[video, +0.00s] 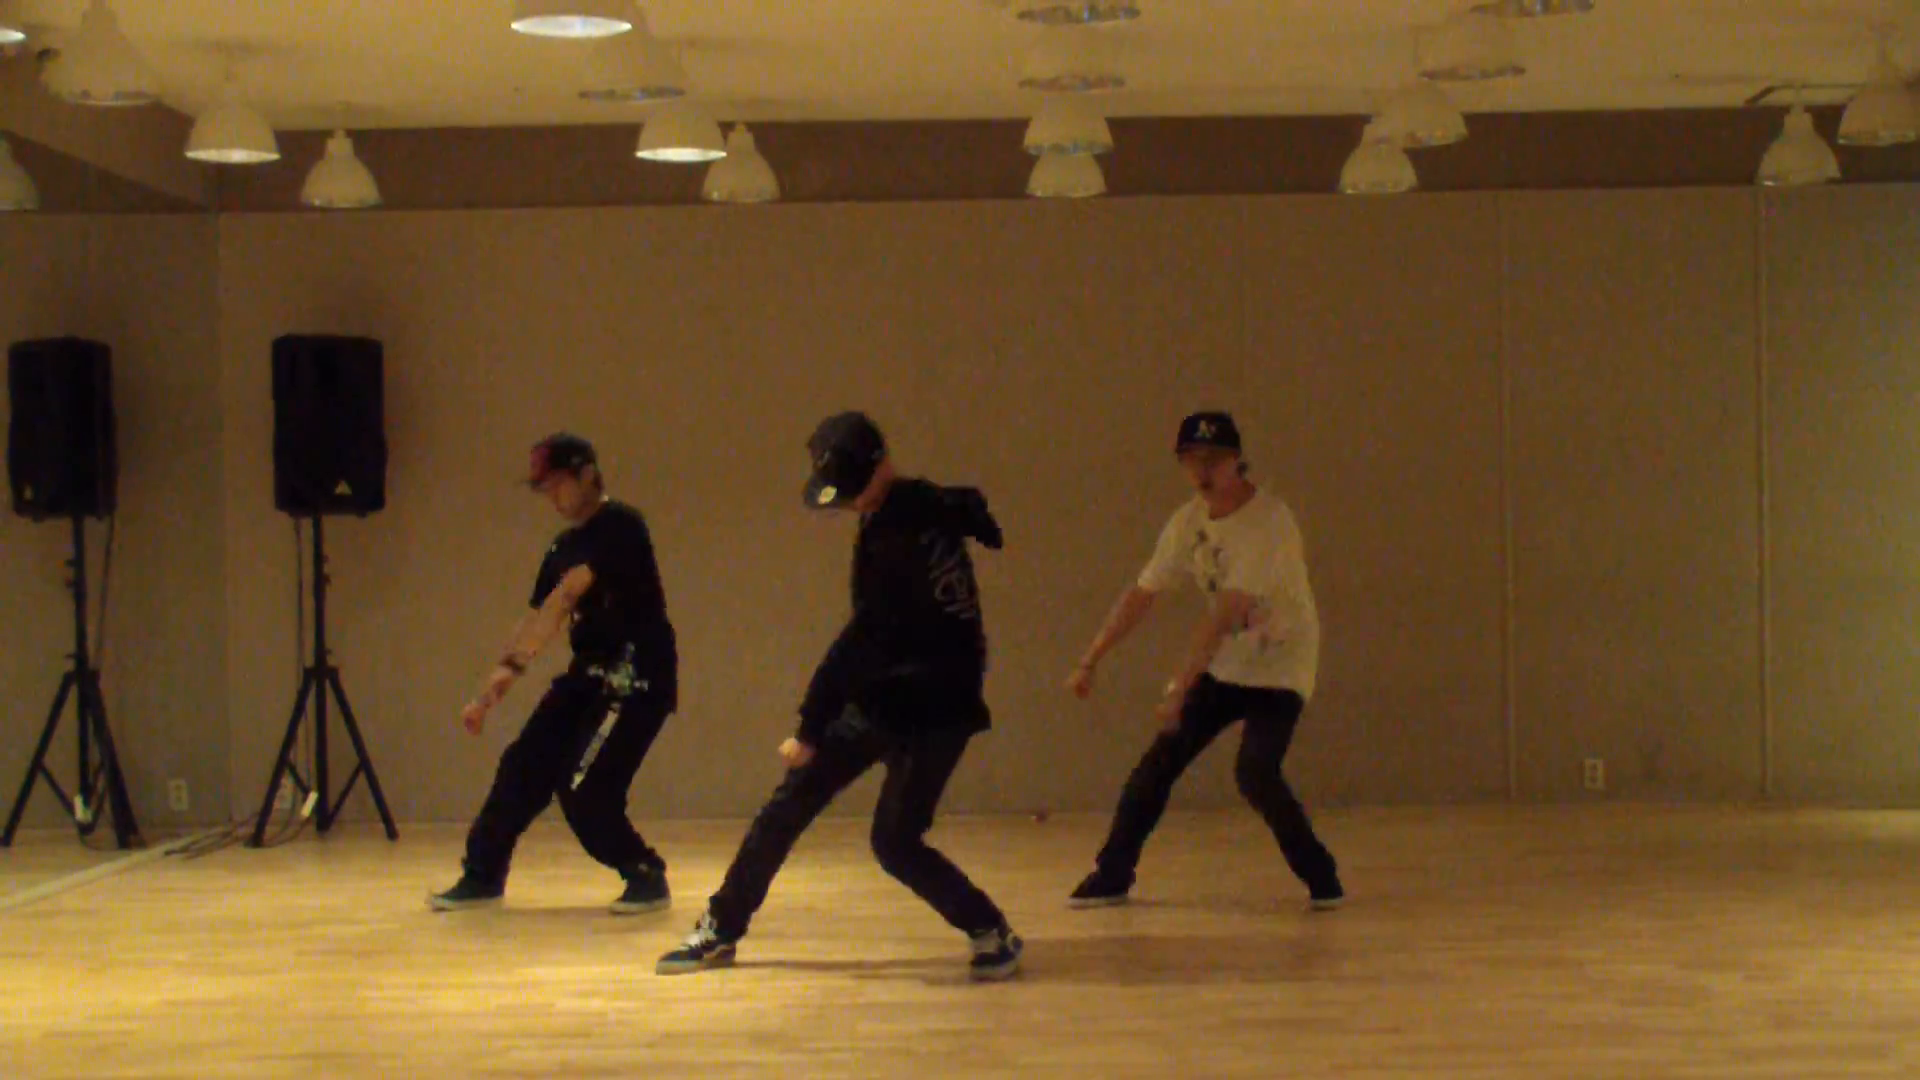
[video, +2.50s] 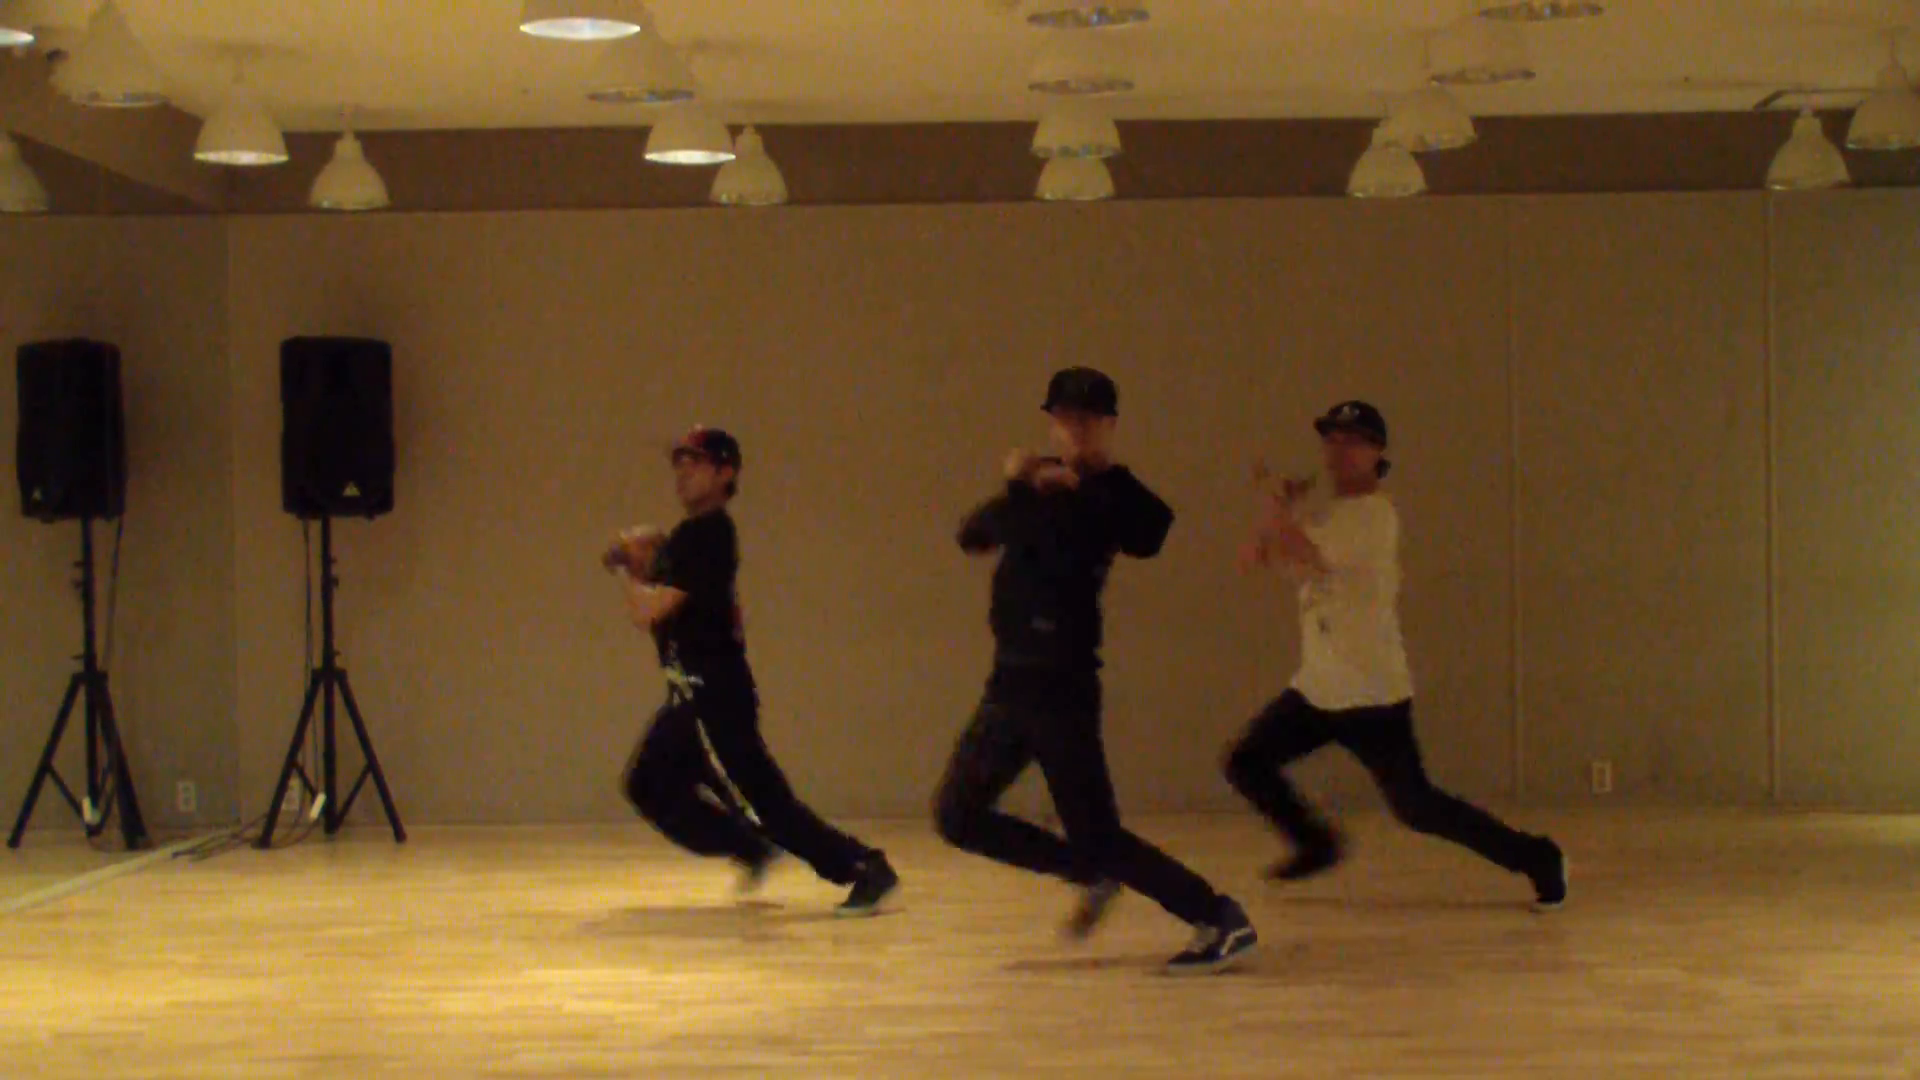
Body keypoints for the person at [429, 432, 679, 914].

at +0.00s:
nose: (553, 498)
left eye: (559, 485)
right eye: (546, 490)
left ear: (589, 476)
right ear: (547, 492)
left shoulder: (621, 526)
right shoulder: (565, 547)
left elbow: (567, 598)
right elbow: (533, 617)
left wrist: (518, 661)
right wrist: (487, 693)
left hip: (639, 678)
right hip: (589, 673)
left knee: (587, 785)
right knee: (524, 766)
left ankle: (645, 874)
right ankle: (483, 876)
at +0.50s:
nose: (567, 488)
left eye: (574, 476)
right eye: (554, 481)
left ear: (587, 480)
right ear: (537, 496)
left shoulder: (619, 505)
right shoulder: (547, 571)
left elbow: (700, 473)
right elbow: (541, 662)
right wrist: (505, 728)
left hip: (638, 680)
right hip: (581, 683)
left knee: (584, 792)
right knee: (520, 767)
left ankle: (648, 877)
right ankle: (484, 876)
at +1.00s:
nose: (603, 424)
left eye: (616, 415)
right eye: (600, 415)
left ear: (644, 428)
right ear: (594, 427)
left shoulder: (664, 491)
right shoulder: (587, 475)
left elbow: (698, 569)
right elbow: (541, 402)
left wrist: (703, 649)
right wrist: (515, 332)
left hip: (649, 652)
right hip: (600, 652)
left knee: (631, 764)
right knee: (587, 766)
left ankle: (652, 873)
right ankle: (642, 867)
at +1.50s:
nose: (581, 455)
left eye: (589, 444)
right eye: (576, 446)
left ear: (624, 445)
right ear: (579, 455)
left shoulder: (674, 490)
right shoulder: (601, 517)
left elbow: (717, 548)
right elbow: (622, 585)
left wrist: (725, 608)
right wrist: (600, 596)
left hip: (681, 640)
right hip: (632, 633)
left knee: (630, 745)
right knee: (553, 633)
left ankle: (655, 875)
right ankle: (614, 729)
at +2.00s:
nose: (620, 497)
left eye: (628, 484)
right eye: (616, 488)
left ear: (661, 480)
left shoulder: (691, 494)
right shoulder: (664, 562)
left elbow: (769, 509)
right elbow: (613, 634)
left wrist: (755, 585)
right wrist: (551, 598)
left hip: (722, 665)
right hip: (689, 660)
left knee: (637, 762)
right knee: (636, 719)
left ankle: (656, 878)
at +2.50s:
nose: (682, 473)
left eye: (694, 463)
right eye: (681, 463)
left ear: (725, 474)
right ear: (683, 471)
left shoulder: (707, 535)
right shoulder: (692, 530)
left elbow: (654, 608)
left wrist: (633, 570)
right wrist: (639, 559)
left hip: (714, 690)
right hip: (692, 688)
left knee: (758, 798)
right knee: (650, 784)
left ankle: (862, 867)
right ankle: (746, 845)